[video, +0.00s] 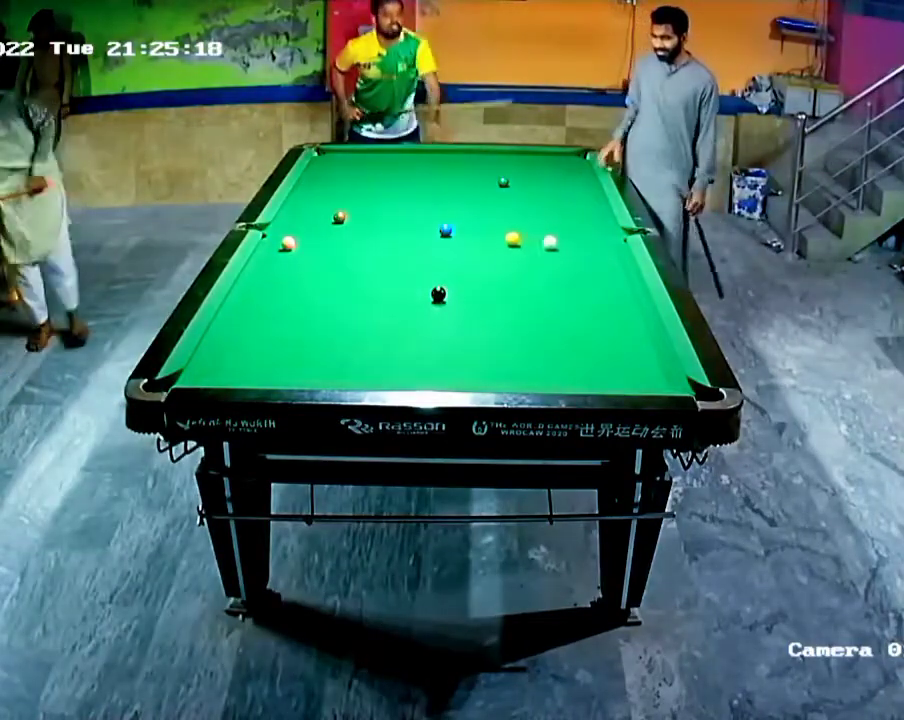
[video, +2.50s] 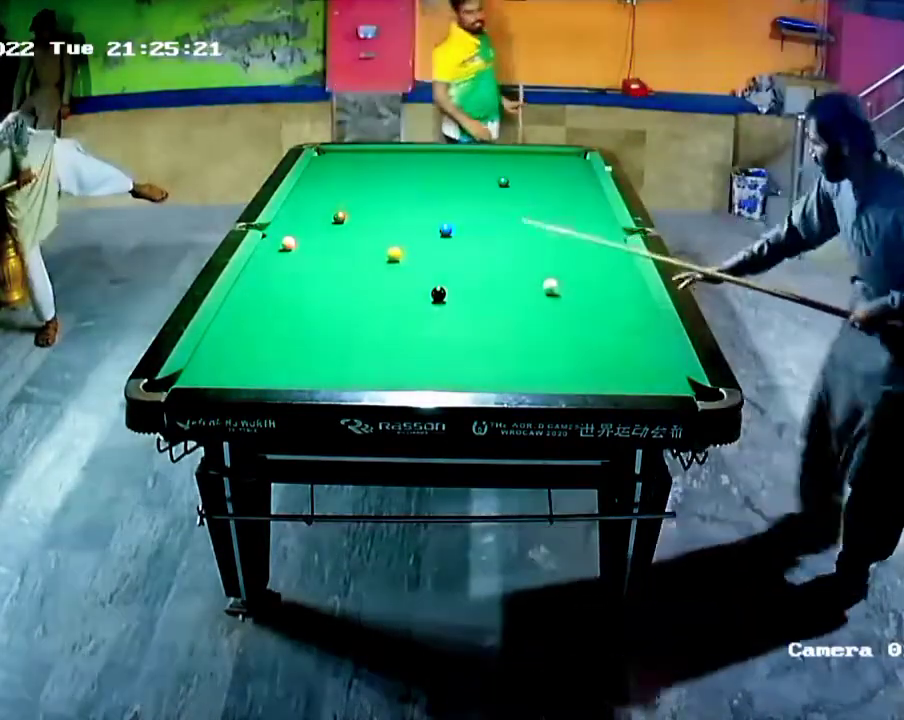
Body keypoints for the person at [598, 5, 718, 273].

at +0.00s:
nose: (658, 44)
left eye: (666, 38)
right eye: (654, 37)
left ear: (683, 38)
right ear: (649, 35)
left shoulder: (703, 80)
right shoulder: (643, 66)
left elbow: (706, 137)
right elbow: (632, 108)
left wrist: (700, 185)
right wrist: (617, 138)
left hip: (672, 180)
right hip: (635, 173)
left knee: (670, 252)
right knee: (634, 246)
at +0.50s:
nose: (683, 55)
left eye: (690, 48)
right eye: (678, 47)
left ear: (708, 46)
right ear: (673, 46)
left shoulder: (728, 85)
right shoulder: (662, 76)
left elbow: (738, 140)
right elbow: (648, 120)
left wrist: (734, 185)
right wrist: (651, 146)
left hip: (706, 195)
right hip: (661, 189)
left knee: (703, 279)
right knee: (650, 271)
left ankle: (697, 347)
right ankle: (644, 343)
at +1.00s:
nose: (707, 74)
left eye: (715, 66)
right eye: (705, 65)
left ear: (738, 66)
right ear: (702, 64)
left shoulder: (771, 108)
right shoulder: (695, 102)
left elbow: (789, 163)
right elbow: (680, 148)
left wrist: (765, 192)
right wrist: (663, 166)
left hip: (747, 222)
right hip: (700, 217)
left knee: (728, 305)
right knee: (710, 309)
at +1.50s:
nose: (762, 99)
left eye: (769, 90)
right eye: (759, 90)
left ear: (796, 87)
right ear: (759, 88)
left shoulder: (840, 137)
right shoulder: (752, 128)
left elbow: (868, 201)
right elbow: (734, 186)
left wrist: (838, 235)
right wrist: (730, 208)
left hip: (809, 271)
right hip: (753, 265)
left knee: (805, 380)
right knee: (729, 357)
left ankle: (794, 476)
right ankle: (712, 442)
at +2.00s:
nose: (770, 126)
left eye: (778, 116)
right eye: (768, 116)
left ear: (809, 113)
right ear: (780, 114)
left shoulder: (865, 167)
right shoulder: (783, 158)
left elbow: (897, 242)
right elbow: (777, 211)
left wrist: (845, 269)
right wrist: (740, 244)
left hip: (844, 322)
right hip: (791, 313)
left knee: (834, 422)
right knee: (778, 415)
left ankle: (804, 476)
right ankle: (782, 504)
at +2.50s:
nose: (812, 151)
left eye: (819, 140)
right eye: (811, 140)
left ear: (850, 140)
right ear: (824, 143)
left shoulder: (897, 197)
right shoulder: (833, 191)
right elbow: (790, 235)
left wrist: (887, 305)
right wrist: (725, 270)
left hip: (899, 345)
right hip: (857, 328)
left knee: (872, 465)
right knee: (824, 428)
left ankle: (855, 567)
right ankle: (818, 516)